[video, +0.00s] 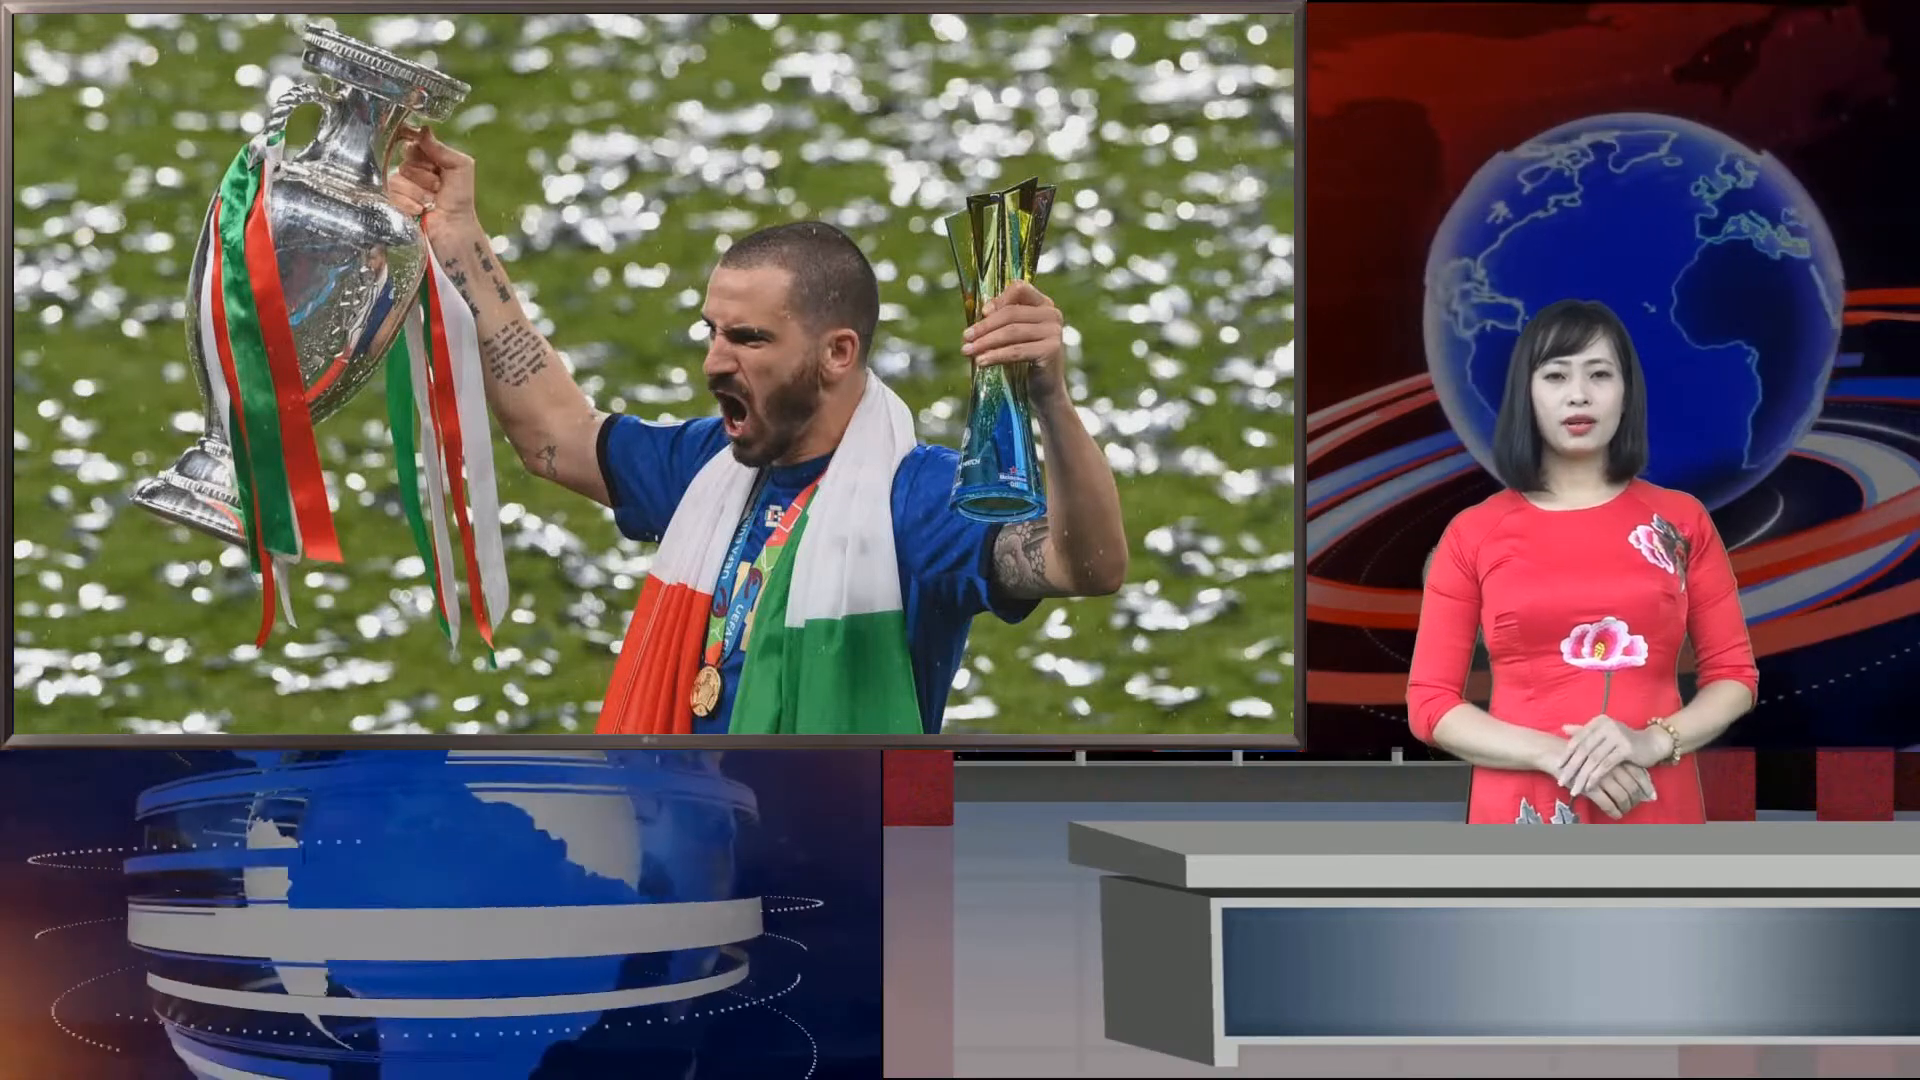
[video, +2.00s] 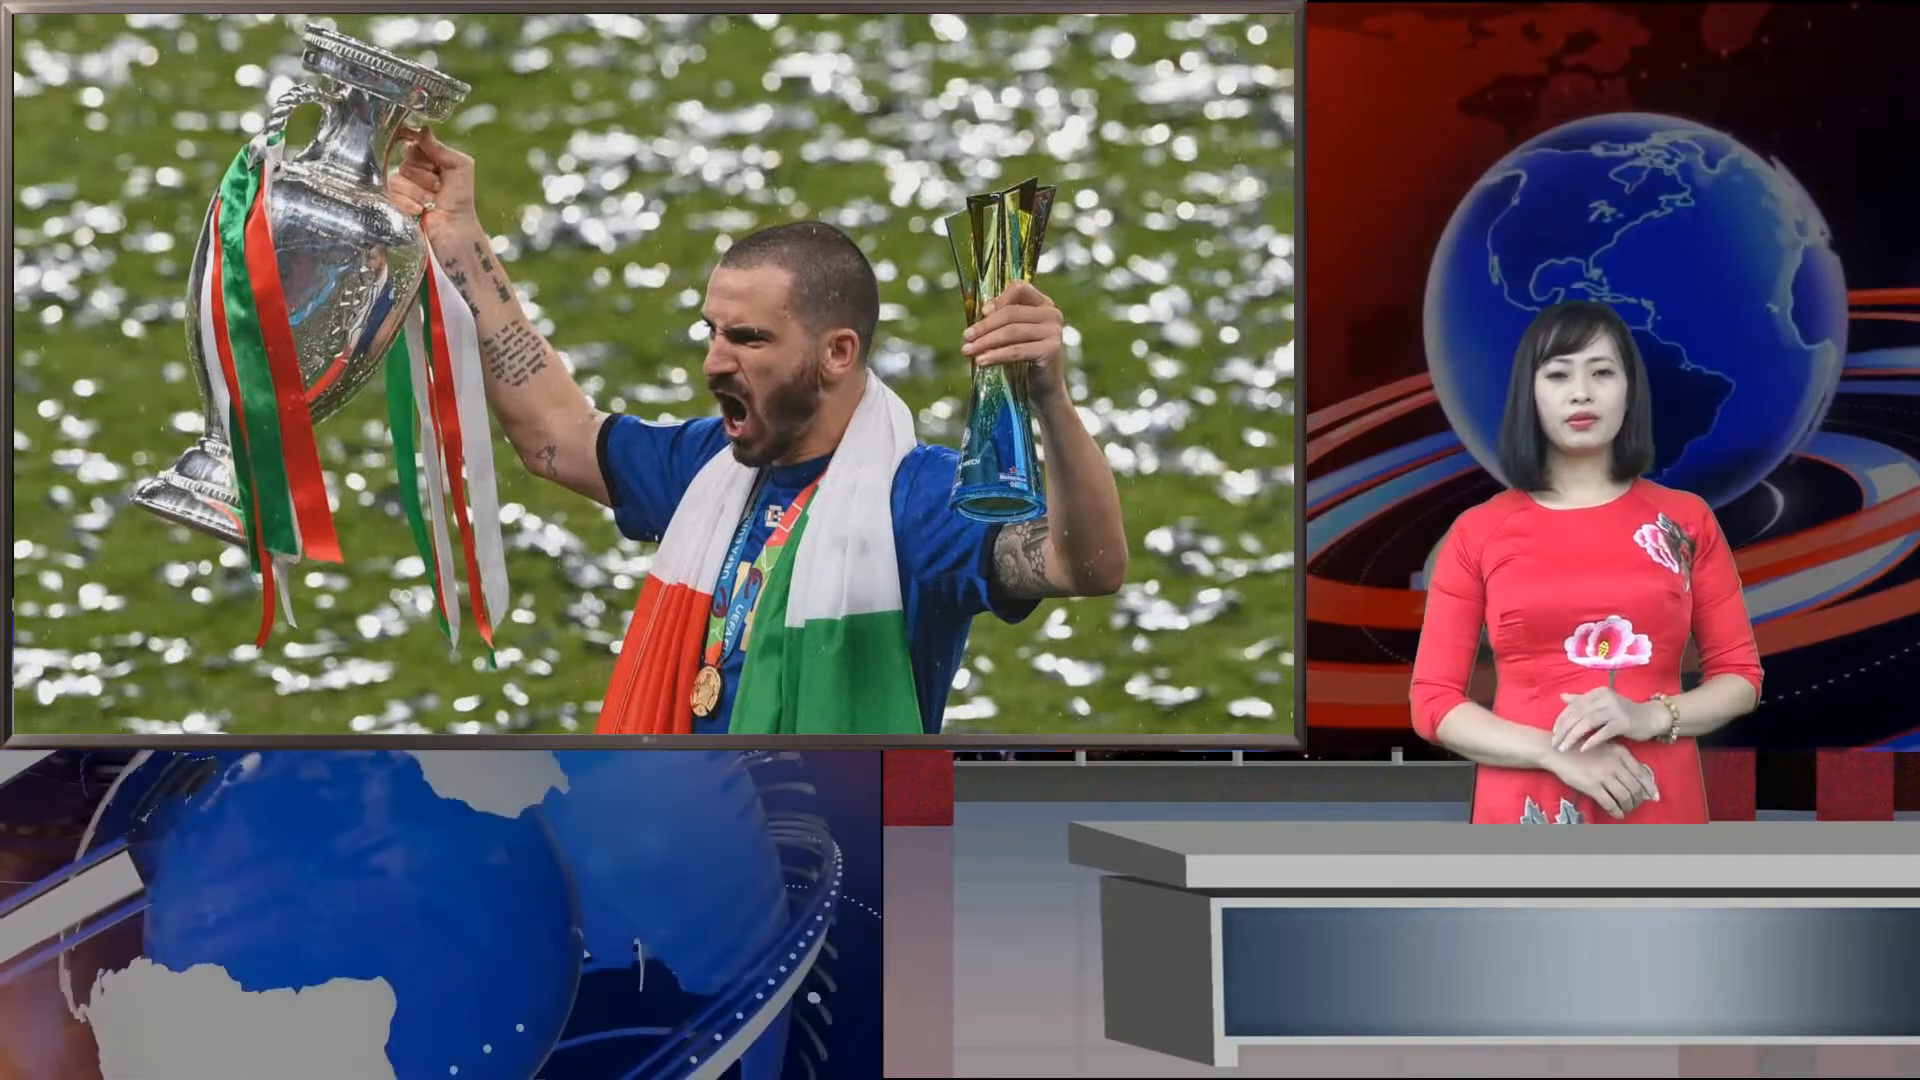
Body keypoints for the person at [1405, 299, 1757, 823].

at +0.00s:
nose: (1578, 394)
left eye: (1599, 375)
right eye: (1556, 375)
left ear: (1626, 393)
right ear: (1527, 393)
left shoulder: (1680, 521)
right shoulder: (1474, 535)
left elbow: (1734, 679)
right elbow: (1430, 704)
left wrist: (1653, 740)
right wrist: (1557, 752)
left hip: (1659, 823)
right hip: (1519, 825)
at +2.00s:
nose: (1581, 392)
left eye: (1602, 372)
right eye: (1559, 374)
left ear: (1629, 391)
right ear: (1531, 393)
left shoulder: (1685, 521)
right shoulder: (1479, 534)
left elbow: (1740, 679)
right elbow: (1433, 701)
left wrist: (1650, 717)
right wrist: (1555, 752)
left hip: (1662, 822)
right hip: (1523, 822)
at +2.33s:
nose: (1580, 393)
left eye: (1601, 373)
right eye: (1557, 375)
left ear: (1628, 391)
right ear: (1530, 393)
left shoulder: (1684, 520)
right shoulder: (1478, 534)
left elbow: (1738, 678)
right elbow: (1432, 701)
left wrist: (1651, 727)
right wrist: (1566, 752)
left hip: (1663, 823)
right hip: (1522, 824)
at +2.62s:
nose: (1581, 394)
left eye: (1602, 374)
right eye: (1559, 375)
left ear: (1629, 392)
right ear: (1530, 392)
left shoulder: (1684, 521)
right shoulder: (1479, 533)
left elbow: (1738, 679)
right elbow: (1433, 702)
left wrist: (1650, 728)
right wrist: (1567, 752)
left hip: (1662, 824)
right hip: (1522, 825)